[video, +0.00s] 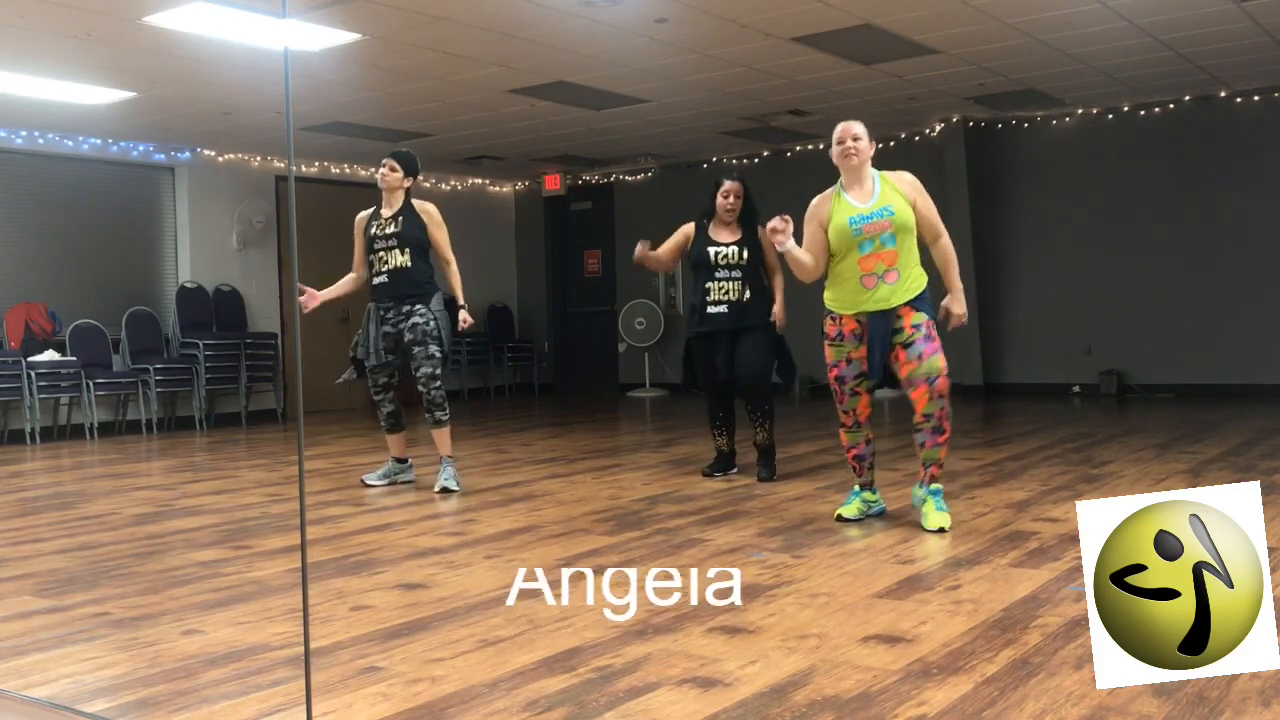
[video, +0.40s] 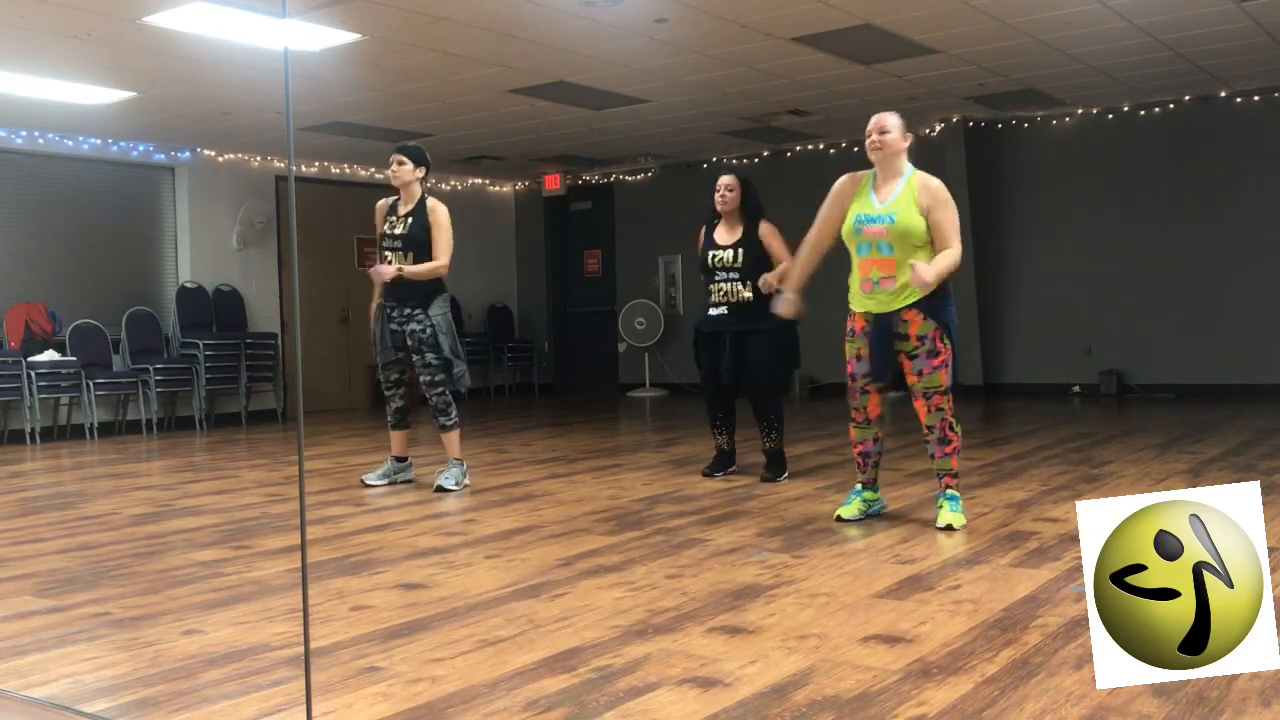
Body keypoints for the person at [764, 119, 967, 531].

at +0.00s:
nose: (849, 145)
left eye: (856, 138)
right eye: (841, 141)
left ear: (873, 148)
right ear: (831, 156)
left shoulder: (903, 184)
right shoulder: (822, 207)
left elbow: (938, 238)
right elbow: (810, 270)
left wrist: (955, 292)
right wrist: (787, 246)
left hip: (907, 311)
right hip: (847, 319)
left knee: (934, 385)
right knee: (851, 406)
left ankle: (930, 489)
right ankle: (865, 491)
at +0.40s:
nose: (873, 138)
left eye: (884, 131)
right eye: (869, 134)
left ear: (907, 139)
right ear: (864, 145)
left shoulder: (928, 188)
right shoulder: (849, 187)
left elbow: (952, 250)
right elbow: (814, 243)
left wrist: (932, 270)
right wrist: (790, 289)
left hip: (919, 310)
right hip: (864, 313)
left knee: (934, 403)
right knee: (863, 402)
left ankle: (949, 494)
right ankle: (867, 491)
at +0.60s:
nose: (883, 146)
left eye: (893, 139)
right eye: (880, 142)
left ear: (917, 149)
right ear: (875, 153)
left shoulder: (934, 193)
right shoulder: (864, 196)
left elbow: (947, 245)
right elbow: (873, 254)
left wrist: (913, 294)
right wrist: (879, 304)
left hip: (933, 313)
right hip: (878, 314)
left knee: (941, 403)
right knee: (825, 373)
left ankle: (950, 495)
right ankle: (855, 462)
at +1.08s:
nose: (866, 151)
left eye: (874, 144)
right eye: (859, 146)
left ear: (892, 152)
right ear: (851, 157)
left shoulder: (919, 196)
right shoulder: (834, 199)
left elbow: (952, 253)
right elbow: (788, 236)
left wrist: (955, 304)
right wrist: (751, 262)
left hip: (914, 315)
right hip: (855, 321)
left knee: (943, 384)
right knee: (846, 401)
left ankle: (952, 478)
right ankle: (865, 493)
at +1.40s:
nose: (884, 139)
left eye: (894, 132)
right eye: (880, 135)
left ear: (918, 140)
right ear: (876, 146)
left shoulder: (936, 191)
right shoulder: (866, 183)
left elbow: (951, 257)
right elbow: (847, 241)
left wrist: (927, 257)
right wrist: (836, 294)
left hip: (923, 312)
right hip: (870, 313)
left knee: (937, 404)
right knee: (864, 402)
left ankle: (955, 497)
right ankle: (866, 492)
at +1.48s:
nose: (889, 141)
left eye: (899, 133)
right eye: (885, 137)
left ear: (926, 141)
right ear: (883, 146)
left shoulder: (940, 192)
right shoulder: (879, 184)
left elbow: (951, 264)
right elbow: (880, 247)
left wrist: (922, 251)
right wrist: (873, 300)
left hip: (930, 312)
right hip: (884, 311)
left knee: (940, 405)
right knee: (837, 378)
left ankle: (955, 496)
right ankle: (856, 472)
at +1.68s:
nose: (897, 138)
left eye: (906, 130)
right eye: (892, 134)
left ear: (931, 139)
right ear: (889, 145)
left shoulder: (943, 188)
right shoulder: (886, 182)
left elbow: (950, 260)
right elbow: (891, 242)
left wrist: (929, 240)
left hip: (935, 307)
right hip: (888, 306)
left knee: (944, 405)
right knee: (852, 381)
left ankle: (955, 497)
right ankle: (861, 484)